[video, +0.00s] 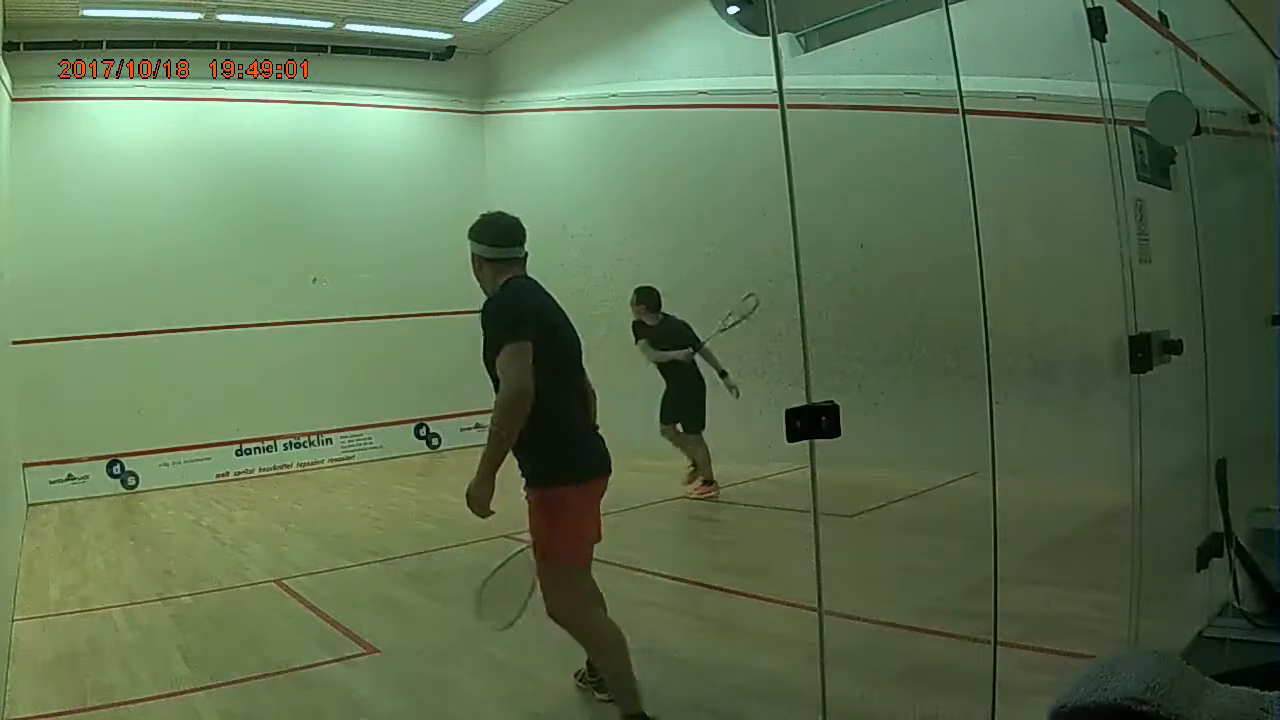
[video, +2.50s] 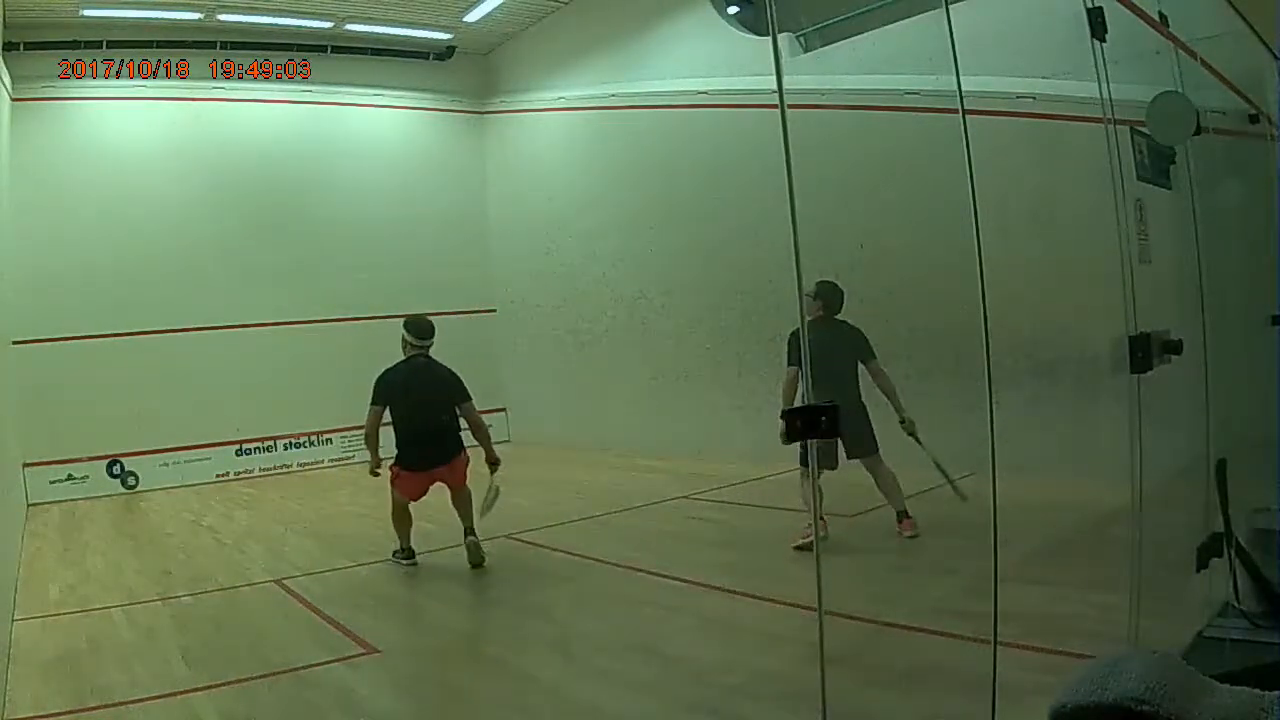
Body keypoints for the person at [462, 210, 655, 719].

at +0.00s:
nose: (471, 268)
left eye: (472, 260)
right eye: (473, 259)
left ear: (479, 262)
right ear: (520, 257)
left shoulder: (504, 304)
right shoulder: (539, 300)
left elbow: (516, 391)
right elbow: (582, 388)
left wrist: (486, 473)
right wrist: (579, 450)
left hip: (558, 472)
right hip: (581, 462)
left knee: (567, 602)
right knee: (574, 580)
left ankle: (632, 708)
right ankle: (607, 669)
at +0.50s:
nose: (336, 362)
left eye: (332, 345)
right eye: (328, 350)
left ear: (361, 325)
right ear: (362, 325)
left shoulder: (499, 339)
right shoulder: (404, 410)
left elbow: (595, 415)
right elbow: (417, 529)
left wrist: (639, 517)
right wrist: (450, 566)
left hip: (552, 550)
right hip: (498, 555)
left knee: (450, 704)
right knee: (556, 637)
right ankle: (593, 699)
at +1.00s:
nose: (261, 306)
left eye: (259, 294)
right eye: (260, 292)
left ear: (266, 296)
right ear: (341, 267)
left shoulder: (284, 411)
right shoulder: (438, 304)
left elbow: (215, 530)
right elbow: (561, 271)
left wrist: (165, 589)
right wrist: (652, 234)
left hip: (434, 626)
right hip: (529, 588)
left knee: (382, 708)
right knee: (450, 688)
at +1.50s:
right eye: (499, 270)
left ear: (446, 273)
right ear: (506, 273)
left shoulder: (413, 325)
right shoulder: (543, 340)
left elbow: (346, 389)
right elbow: (601, 447)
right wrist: (642, 527)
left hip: (450, 534)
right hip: (547, 527)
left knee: (460, 650)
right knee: (573, 687)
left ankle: (499, 718)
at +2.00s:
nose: (497, 296)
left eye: (491, 290)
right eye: (497, 290)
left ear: (457, 291)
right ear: (494, 290)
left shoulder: (425, 339)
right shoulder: (507, 338)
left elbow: (382, 400)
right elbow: (544, 415)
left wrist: (400, 459)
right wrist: (568, 466)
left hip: (447, 472)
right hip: (503, 464)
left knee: (477, 559)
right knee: (525, 561)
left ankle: (478, 607)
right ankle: (524, 664)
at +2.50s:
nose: (401, 342)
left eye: (402, 339)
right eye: (404, 338)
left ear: (405, 342)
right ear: (431, 343)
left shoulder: (389, 379)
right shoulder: (447, 375)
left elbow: (371, 426)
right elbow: (474, 421)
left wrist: (374, 456)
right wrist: (489, 451)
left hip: (413, 467)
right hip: (452, 460)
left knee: (400, 503)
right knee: (459, 488)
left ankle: (405, 550)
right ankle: (470, 534)